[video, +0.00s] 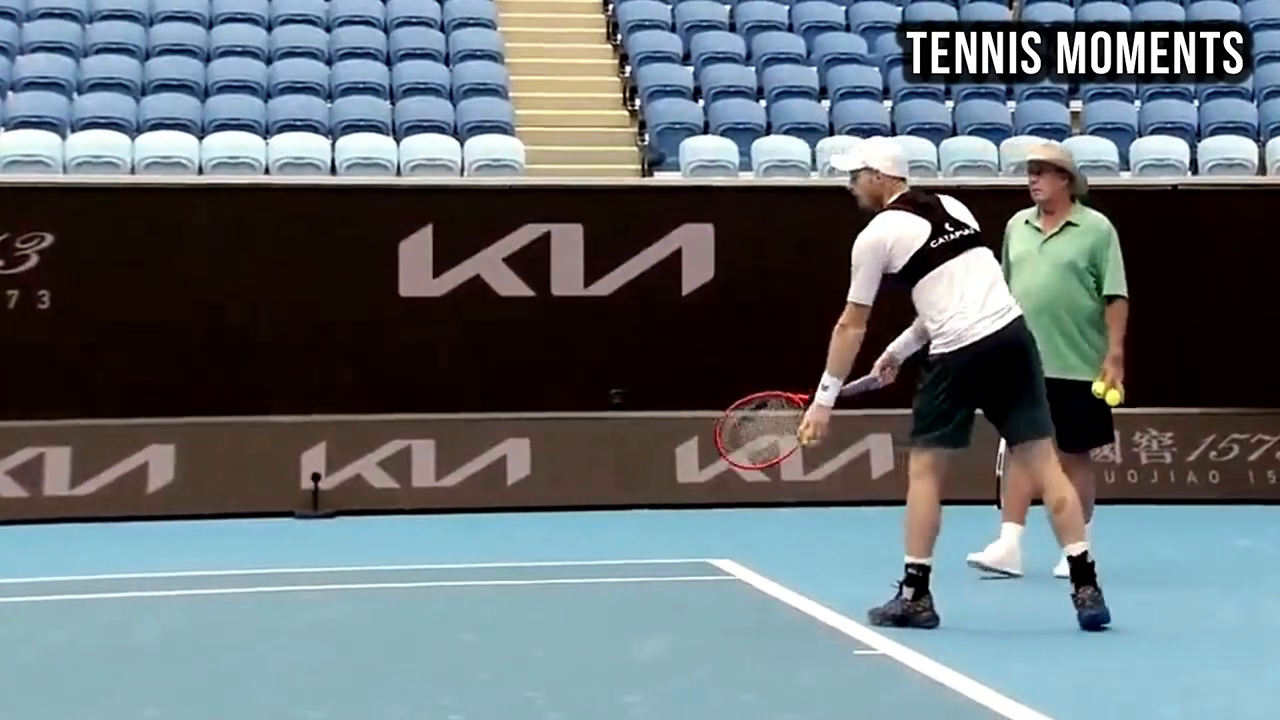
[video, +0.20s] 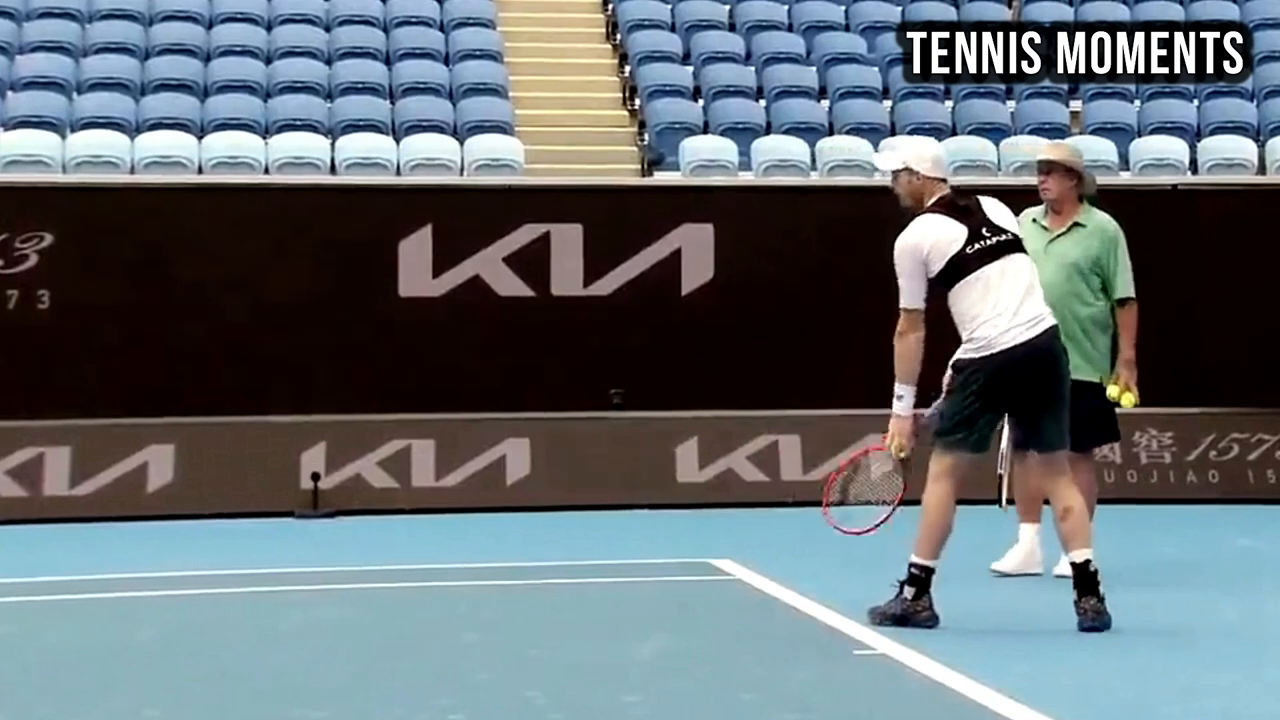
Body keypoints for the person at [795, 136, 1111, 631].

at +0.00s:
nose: (852, 187)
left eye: (857, 177)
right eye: (852, 178)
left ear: (882, 178)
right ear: (896, 179)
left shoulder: (875, 235)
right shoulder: (948, 202)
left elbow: (851, 325)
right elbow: (955, 296)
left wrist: (823, 400)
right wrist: (898, 351)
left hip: (957, 355)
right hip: (1013, 339)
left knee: (925, 471)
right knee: (1047, 465)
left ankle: (915, 595)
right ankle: (1087, 588)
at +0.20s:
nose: (894, 187)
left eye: (898, 177)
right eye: (894, 178)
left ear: (918, 178)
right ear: (938, 178)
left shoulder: (914, 238)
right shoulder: (992, 204)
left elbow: (910, 329)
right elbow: (1005, 300)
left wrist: (902, 409)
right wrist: (958, 383)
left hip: (986, 361)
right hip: (1046, 350)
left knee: (944, 472)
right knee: (1056, 474)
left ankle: (915, 595)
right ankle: (1090, 595)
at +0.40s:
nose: (944, 177)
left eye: (948, 167)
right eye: (946, 167)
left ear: (967, 170)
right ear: (993, 168)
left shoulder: (956, 234)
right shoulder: (1045, 205)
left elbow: (969, 323)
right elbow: (1058, 286)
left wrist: (976, 395)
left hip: (1011, 373)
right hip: (1071, 363)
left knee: (959, 476)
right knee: (1076, 481)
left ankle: (917, 593)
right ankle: (1092, 597)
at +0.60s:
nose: (1002, 157)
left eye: (1002, 153)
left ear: (1007, 160)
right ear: (1050, 159)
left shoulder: (986, 216)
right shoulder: (1090, 212)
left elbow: (970, 288)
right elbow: (1115, 295)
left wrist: (952, 341)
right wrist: (1110, 353)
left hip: (1012, 373)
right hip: (1074, 369)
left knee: (962, 471)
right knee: (1081, 484)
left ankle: (921, 592)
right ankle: (1092, 597)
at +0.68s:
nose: (1013, 152)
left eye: (1015, 149)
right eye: (1023, 149)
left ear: (1019, 158)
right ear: (1062, 159)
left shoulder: (992, 206)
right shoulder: (1094, 212)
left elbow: (957, 241)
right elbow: (1123, 286)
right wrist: (1120, 346)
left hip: (1009, 371)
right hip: (1072, 369)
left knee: (960, 474)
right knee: (1080, 488)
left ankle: (923, 591)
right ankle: (1091, 597)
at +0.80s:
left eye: (1022, 154)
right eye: (1070, 165)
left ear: (1021, 167)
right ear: (1067, 171)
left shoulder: (994, 203)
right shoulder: (1092, 222)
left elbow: (949, 153)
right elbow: (1135, 285)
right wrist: (1140, 319)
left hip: (997, 375)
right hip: (1061, 374)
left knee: (953, 475)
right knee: (1077, 492)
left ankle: (925, 590)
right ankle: (1091, 596)